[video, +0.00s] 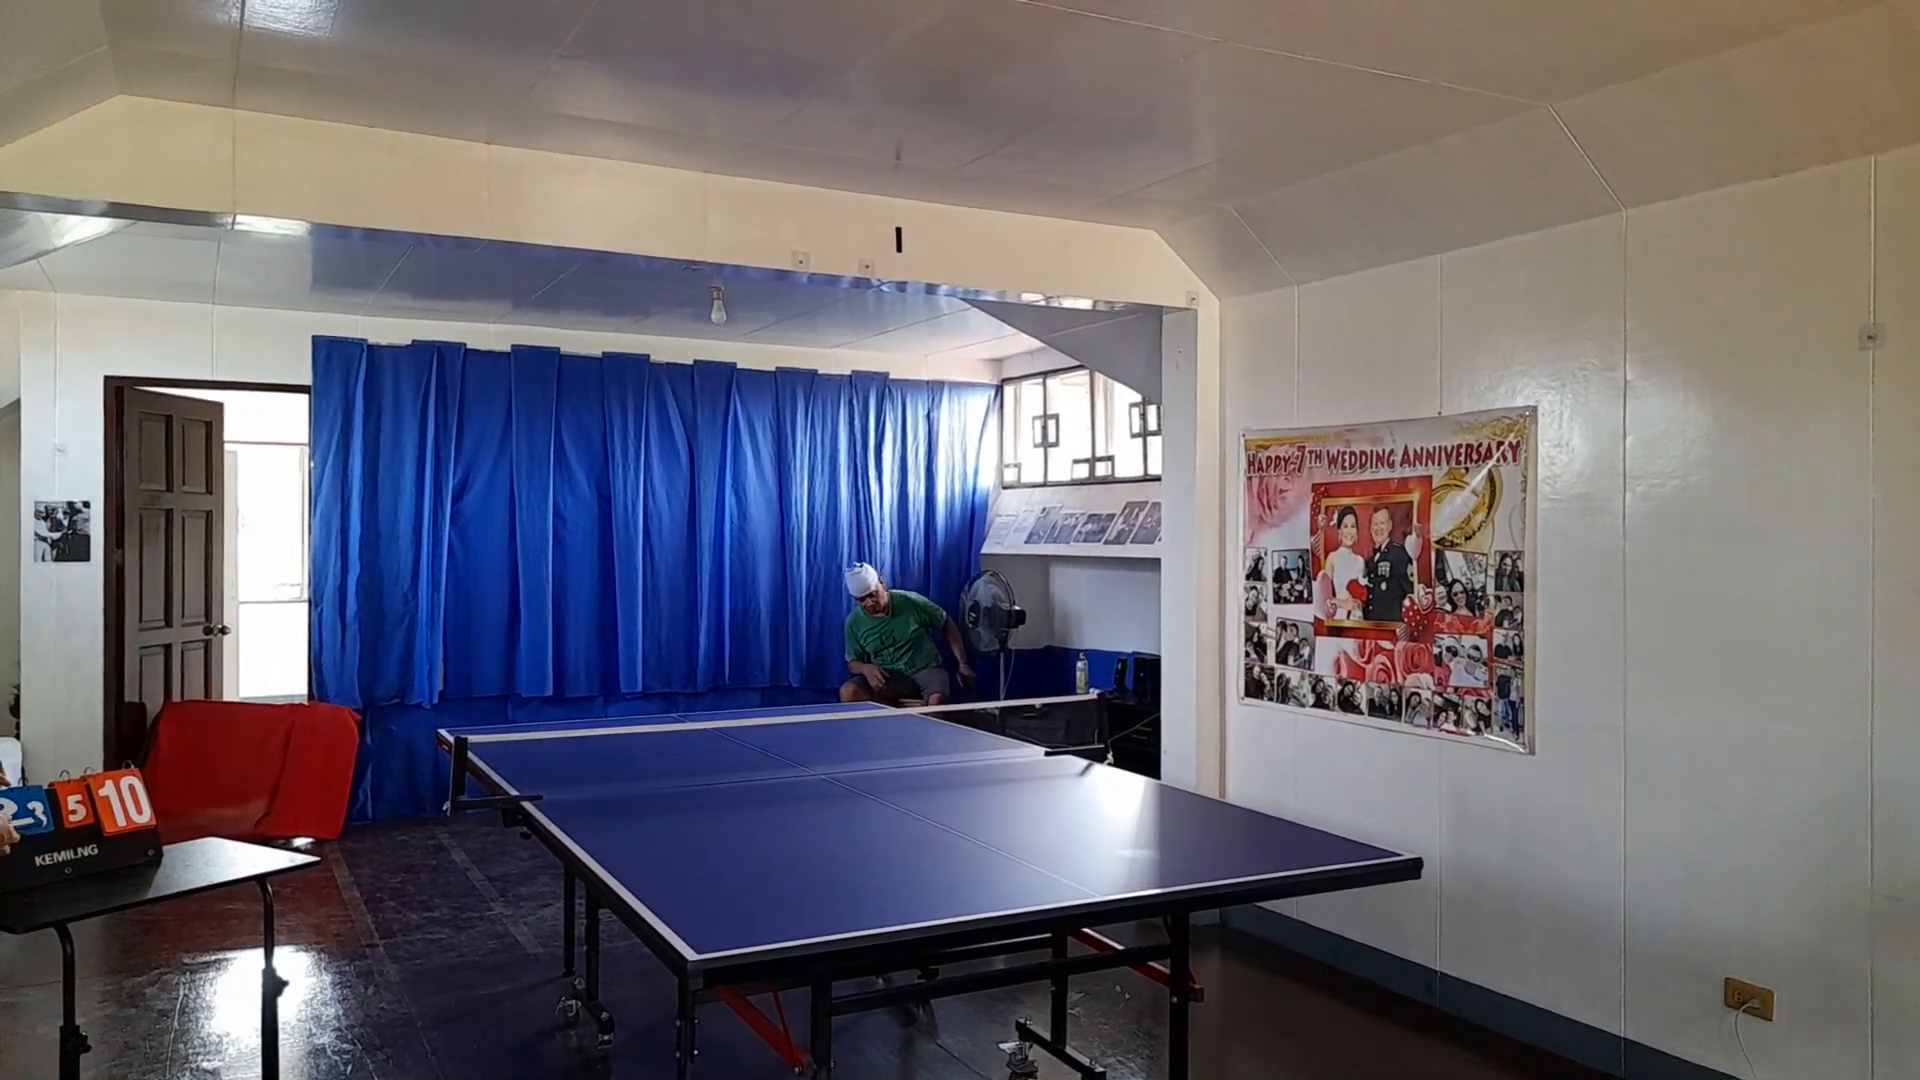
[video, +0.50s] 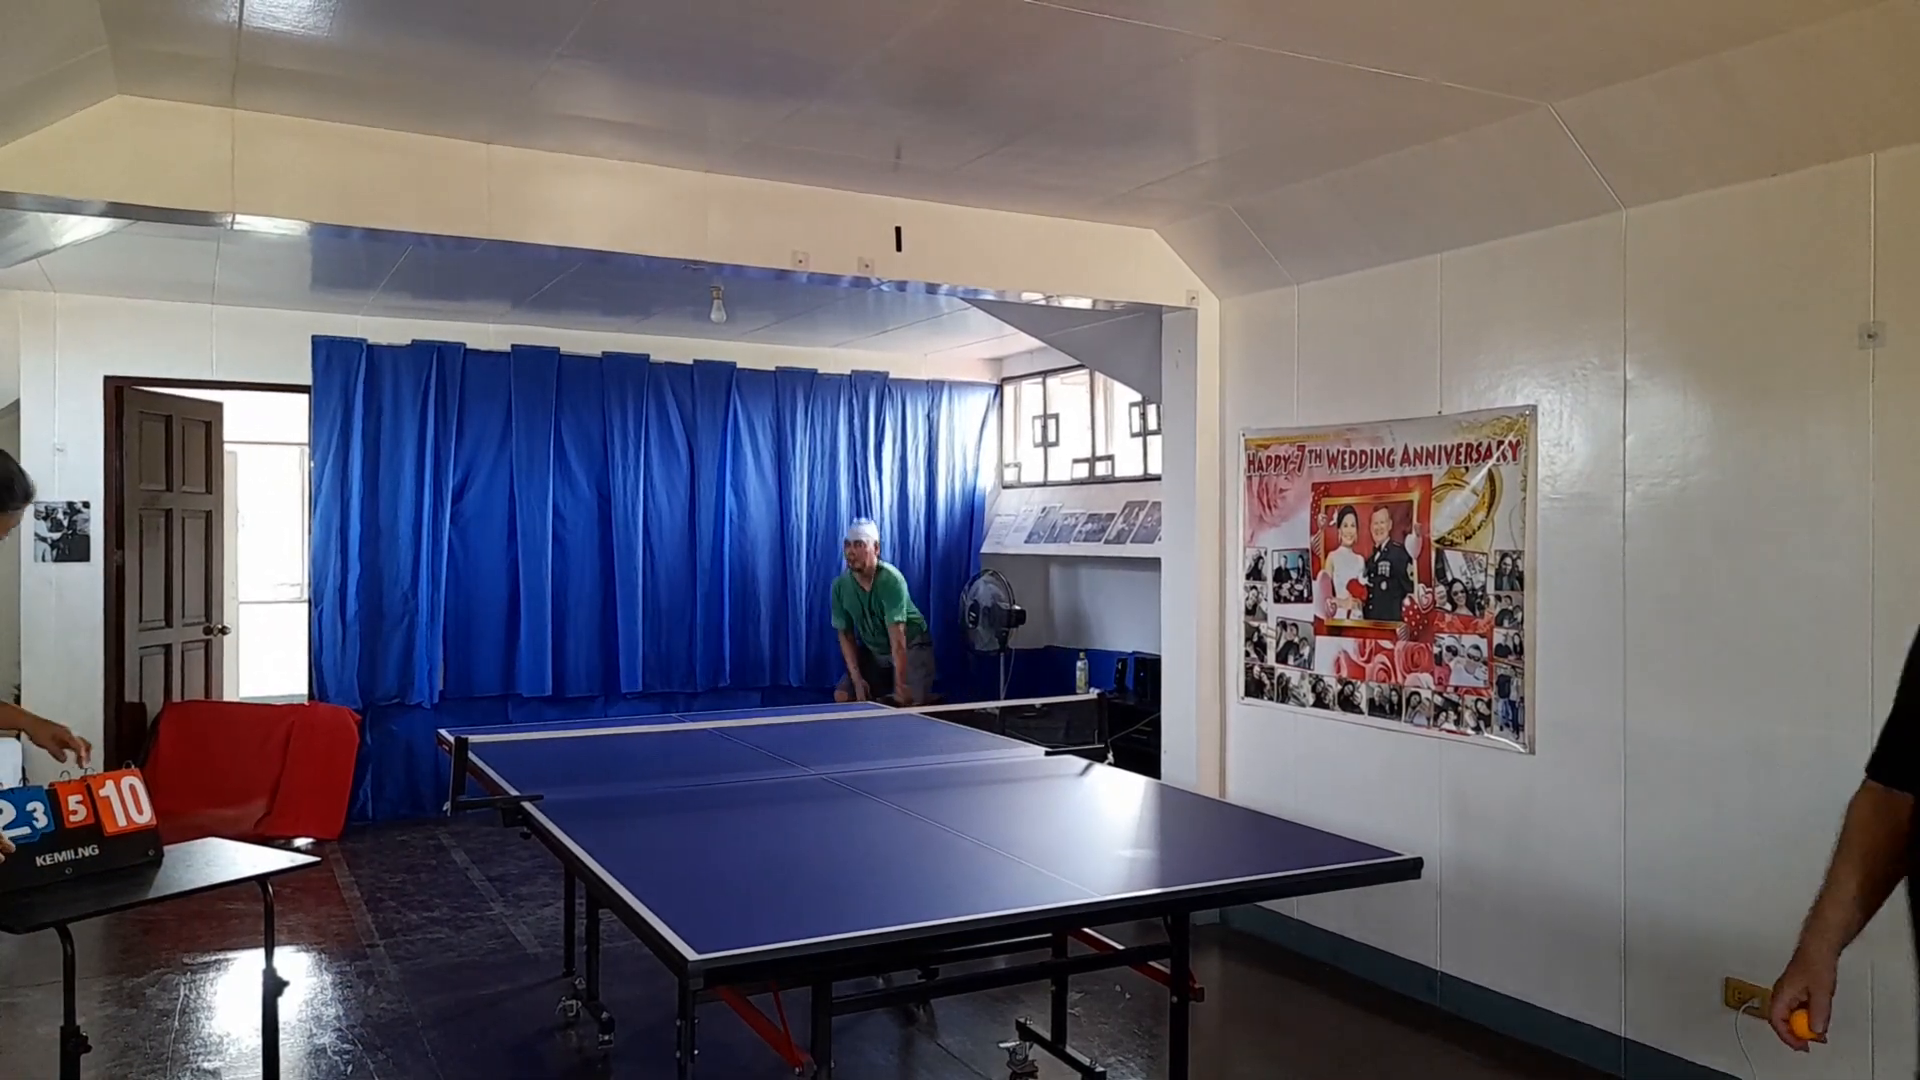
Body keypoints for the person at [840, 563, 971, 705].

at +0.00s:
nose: (869, 603)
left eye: (872, 595)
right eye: (862, 599)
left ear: (882, 584)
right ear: (855, 599)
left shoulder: (909, 602)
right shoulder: (854, 622)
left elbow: (946, 624)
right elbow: (853, 663)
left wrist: (963, 663)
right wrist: (866, 668)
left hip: (923, 669)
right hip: (885, 674)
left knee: (937, 699)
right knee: (848, 692)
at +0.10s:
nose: (867, 609)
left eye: (870, 601)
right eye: (859, 606)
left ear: (880, 589)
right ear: (852, 605)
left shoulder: (907, 604)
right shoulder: (850, 625)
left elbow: (945, 622)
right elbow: (849, 663)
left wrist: (960, 660)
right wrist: (864, 668)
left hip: (921, 670)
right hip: (883, 674)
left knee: (934, 698)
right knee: (847, 691)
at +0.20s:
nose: (866, 615)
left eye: (870, 607)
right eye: (858, 611)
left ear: (879, 595)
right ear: (851, 609)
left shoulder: (904, 610)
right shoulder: (848, 628)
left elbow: (944, 625)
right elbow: (848, 662)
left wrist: (954, 661)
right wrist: (867, 679)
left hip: (918, 671)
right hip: (879, 675)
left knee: (932, 700)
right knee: (846, 693)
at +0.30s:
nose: (861, 606)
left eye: (866, 597)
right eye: (854, 600)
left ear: (878, 588)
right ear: (848, 600)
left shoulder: (903, 610)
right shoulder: (845, 623)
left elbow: (943, 636)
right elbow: (848, 658)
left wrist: (947, 679)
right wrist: (868, 685)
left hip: (916, 669)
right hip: (878, 670)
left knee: (930, 702)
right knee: (843, 695)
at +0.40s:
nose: (855, 579)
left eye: (860, 571)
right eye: (849, 573)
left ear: (876, 570)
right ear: (844, 576)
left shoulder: (898, 597)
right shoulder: (843, 606)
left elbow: (918, 645)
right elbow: (847, 649)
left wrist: (935, 694)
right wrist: (860, 684)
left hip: (908, 660)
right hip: (873, 663)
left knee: (928, 702)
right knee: (842, 694)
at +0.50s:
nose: (850, 552)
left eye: (858, 545)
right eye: (847, 545)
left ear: (875, 548)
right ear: (843, 548)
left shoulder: (891, 581)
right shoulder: (840, 586)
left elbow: (897, 638)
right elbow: (845, 635)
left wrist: (900, 686)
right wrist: (857, 680)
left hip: (912, 646)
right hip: (874, 649)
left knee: (909, 703)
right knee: (843, 695)